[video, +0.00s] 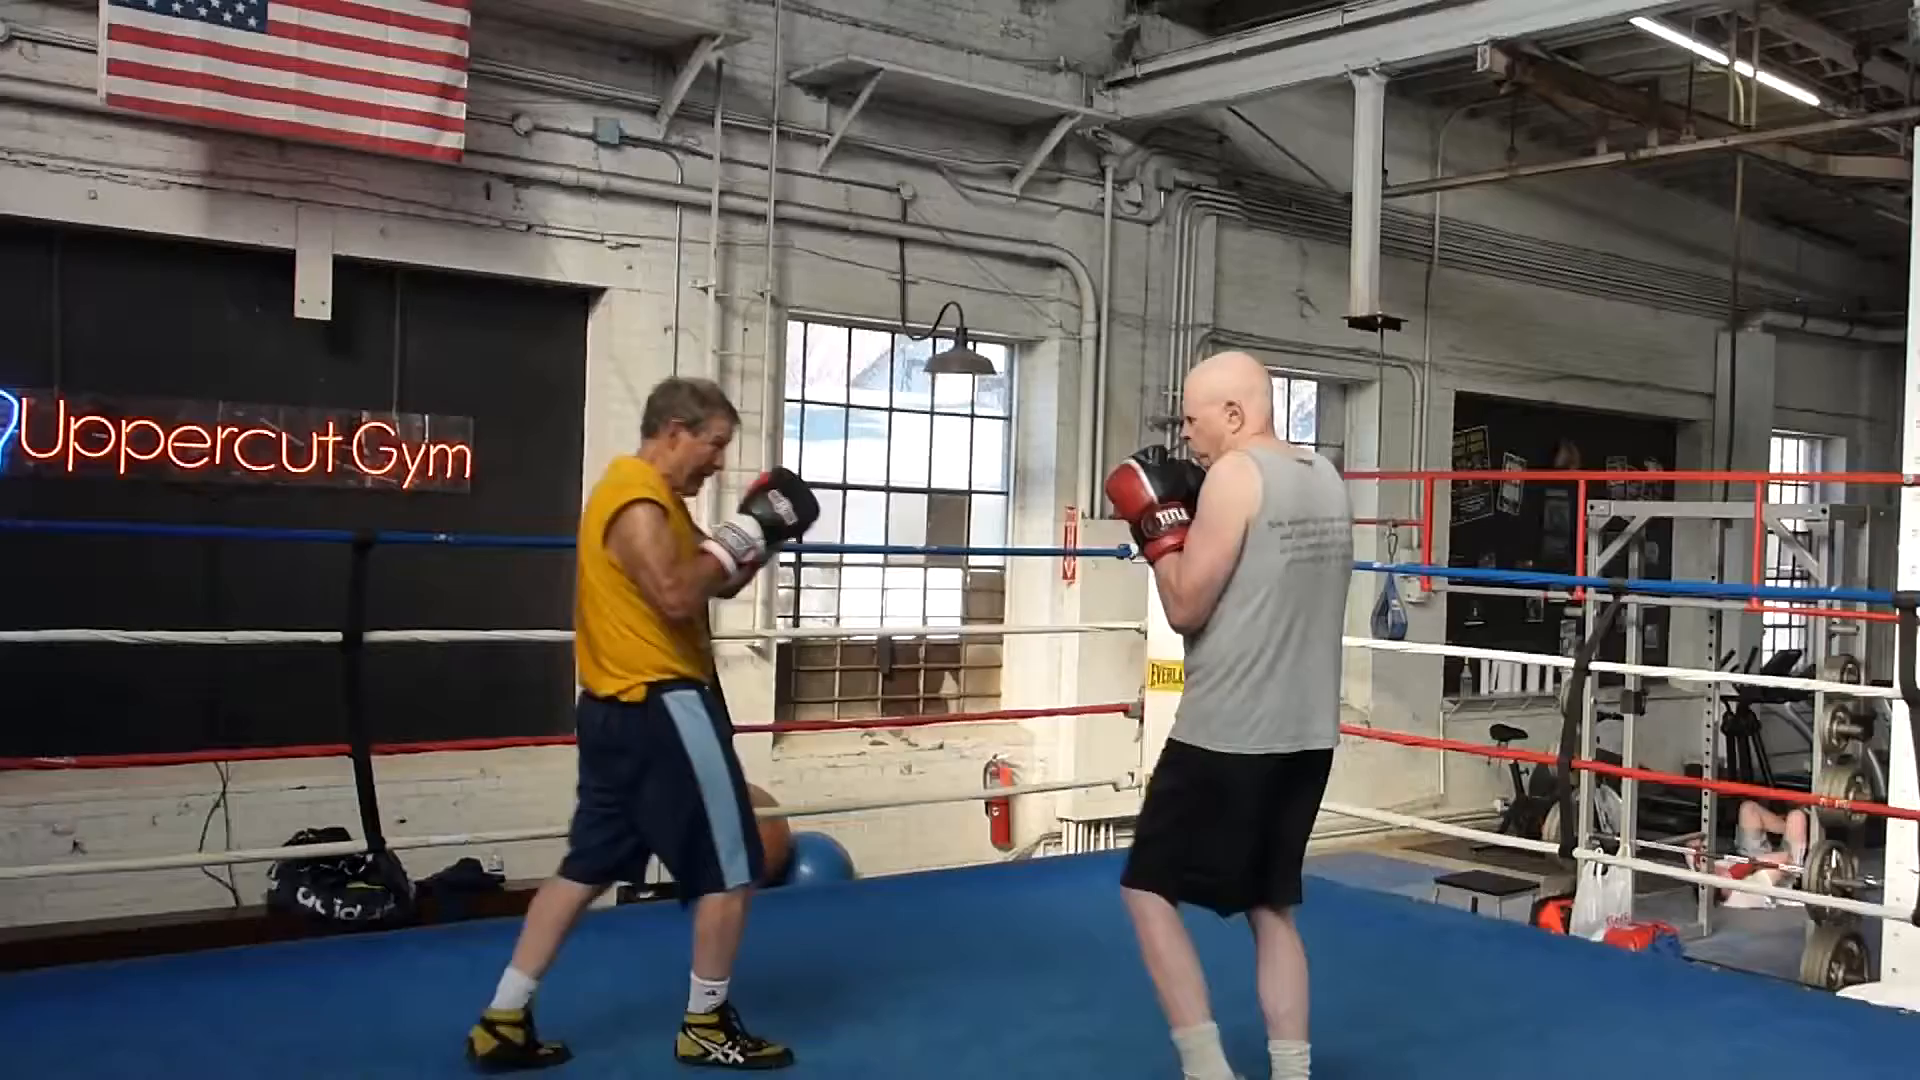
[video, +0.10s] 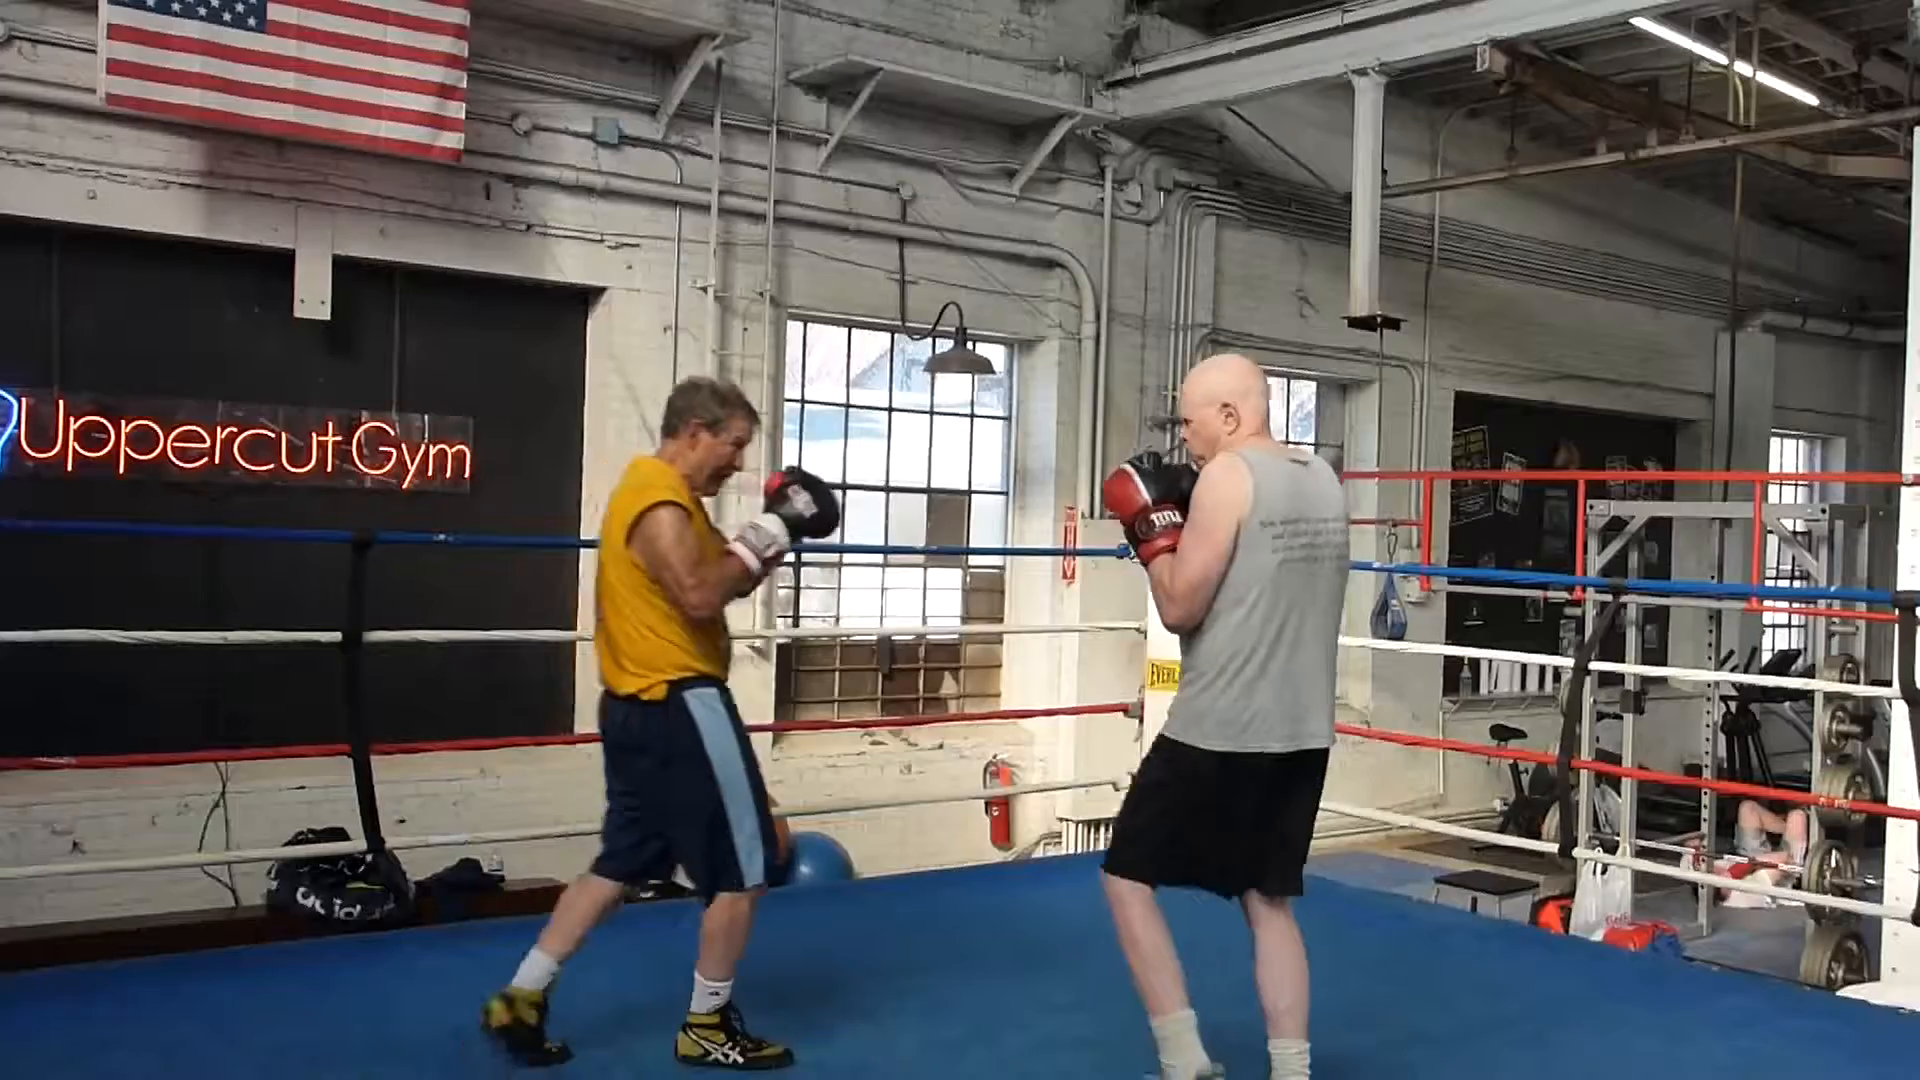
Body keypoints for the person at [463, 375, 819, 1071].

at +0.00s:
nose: (721, 462)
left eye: (725, 447)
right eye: (718, 444)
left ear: (672, 437)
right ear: (677, 433)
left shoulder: (646, 496)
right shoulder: (638, 493)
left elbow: (701, 585)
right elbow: (675, 594)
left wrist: (759, 538)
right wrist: (747, 529)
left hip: (613, 707)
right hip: (665, 704)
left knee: (590, 862)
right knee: (730, 863)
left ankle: (504, 1017)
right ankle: (706, 1025)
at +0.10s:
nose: (740, 462)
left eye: (744, 449)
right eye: (736, 445)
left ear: (690, 437)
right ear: (697, 434)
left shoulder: (650, 491)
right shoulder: (661, 493)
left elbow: (708, 585)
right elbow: (699, 594)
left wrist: (769, 532)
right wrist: (774, 529)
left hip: (634, 705)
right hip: (683, 703)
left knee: (625, 859)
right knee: (740, 862)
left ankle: (522, 997)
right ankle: (709, 1024)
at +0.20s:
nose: (767, 463)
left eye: (771, 451)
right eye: (764, 446)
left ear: (721, 433)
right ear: (726, 430)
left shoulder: (672, 485)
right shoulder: (688, 488)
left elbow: (740, 576)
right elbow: (742, 585)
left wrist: (794, 522)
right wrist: (801, 522)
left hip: (665, 693)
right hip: (706, 694)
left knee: (680, 850)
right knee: (748, 861)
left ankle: (569, 957)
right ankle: (708, 1024)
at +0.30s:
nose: (788, 458)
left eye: (792, 446)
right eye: (787, 442)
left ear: (741, 428)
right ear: (750, 427)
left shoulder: (692, 475)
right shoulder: (719, 482)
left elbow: (767, 559)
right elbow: (781, 562)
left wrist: (827, 516)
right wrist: (860, 515)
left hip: (682, 684)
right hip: (719, 686)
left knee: (713, 835)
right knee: (753, 860)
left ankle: (624, 950)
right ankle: (709, 1023)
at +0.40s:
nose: (802, 456)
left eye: (808, 444)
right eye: (802, 441)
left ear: (760, 427)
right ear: (764, 423)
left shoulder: (727, 478)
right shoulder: (726, 471)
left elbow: (796, 571)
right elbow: (795, 538)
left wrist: (849, 505)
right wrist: (874, 491)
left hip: (712, 676)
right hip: (728, 677)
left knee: (735, 825)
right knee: (745, 850)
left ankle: (676, 956)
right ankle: (708, 1022)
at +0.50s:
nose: (816, 458)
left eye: (821, 447)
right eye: (814, 441)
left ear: (777, 430)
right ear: (778, 425)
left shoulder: (751, 484)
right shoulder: (737, 474)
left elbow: (815, 573)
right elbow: (798, 556)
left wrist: (862, 513)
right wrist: (857, 490)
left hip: (748, 677)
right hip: (736, 679)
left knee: (741, 838)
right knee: (736, 847)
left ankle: (712, 964)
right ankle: (701, 1024)